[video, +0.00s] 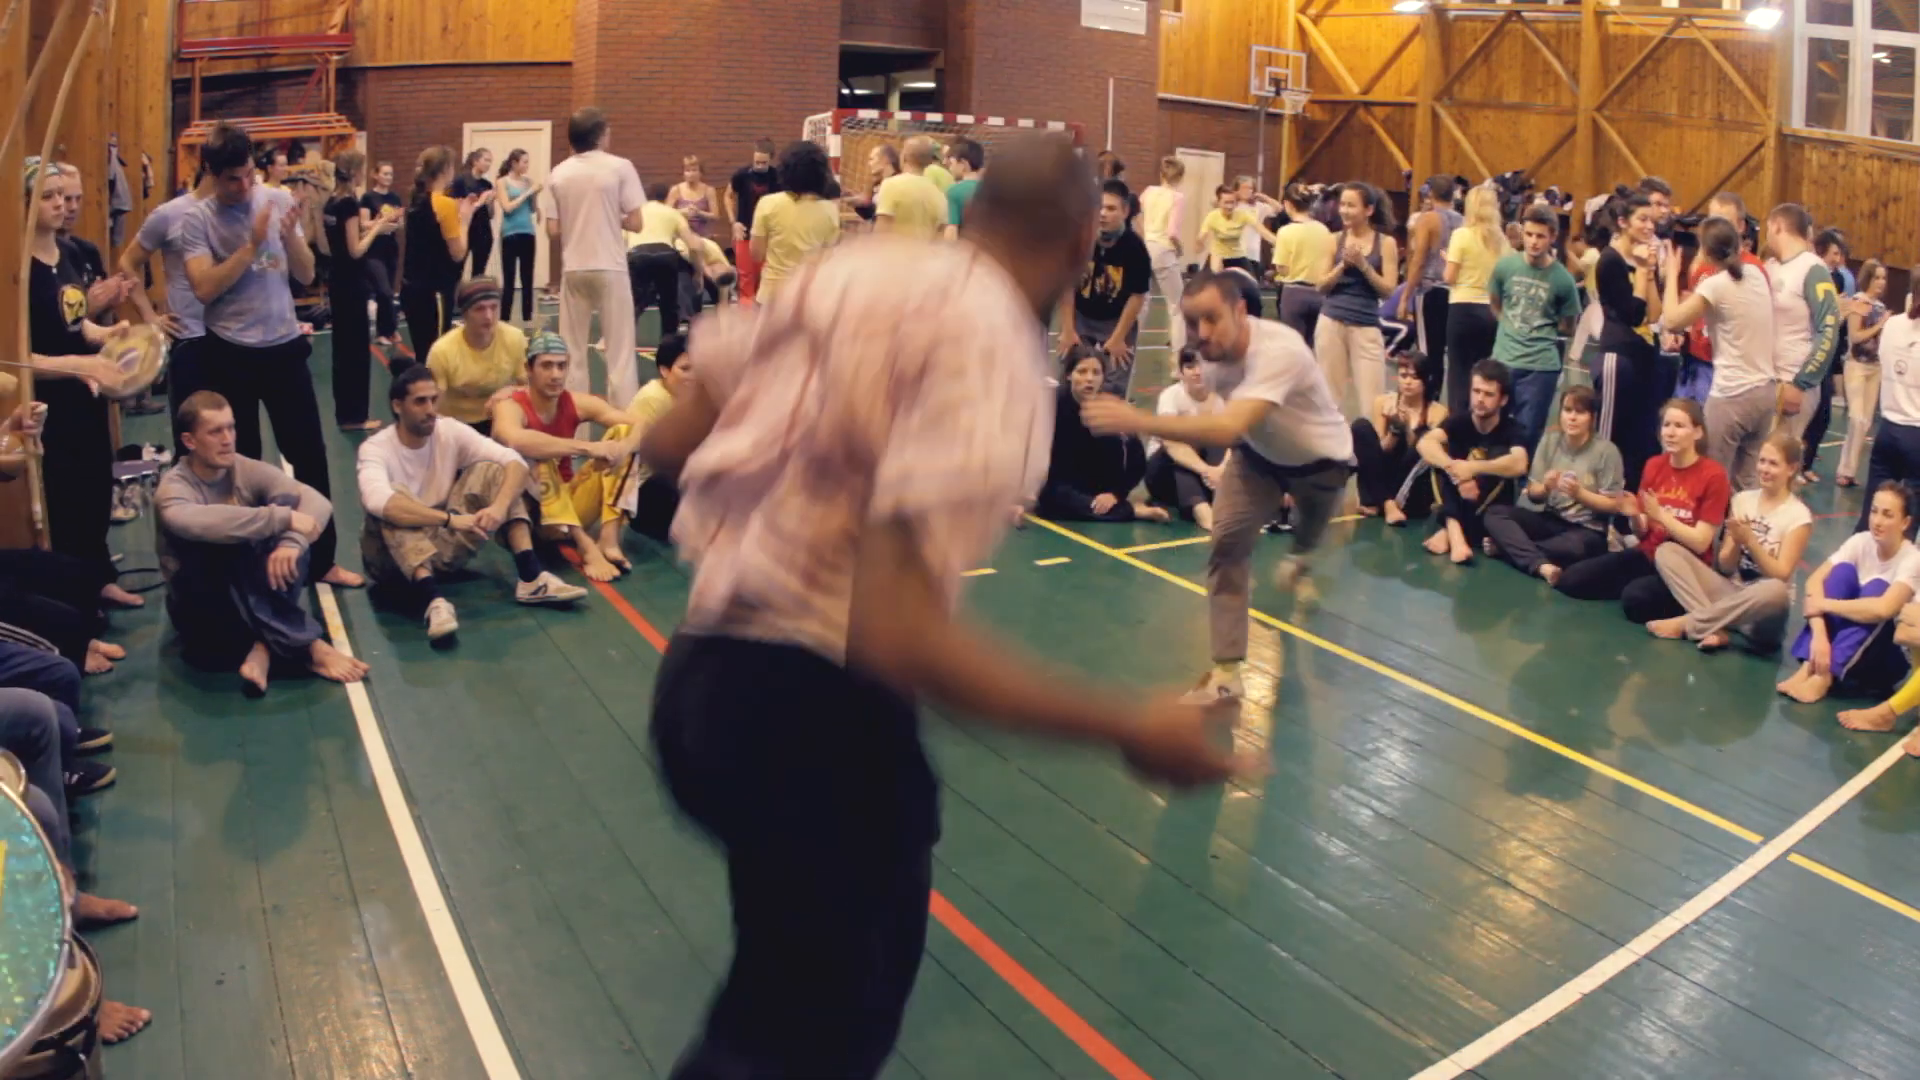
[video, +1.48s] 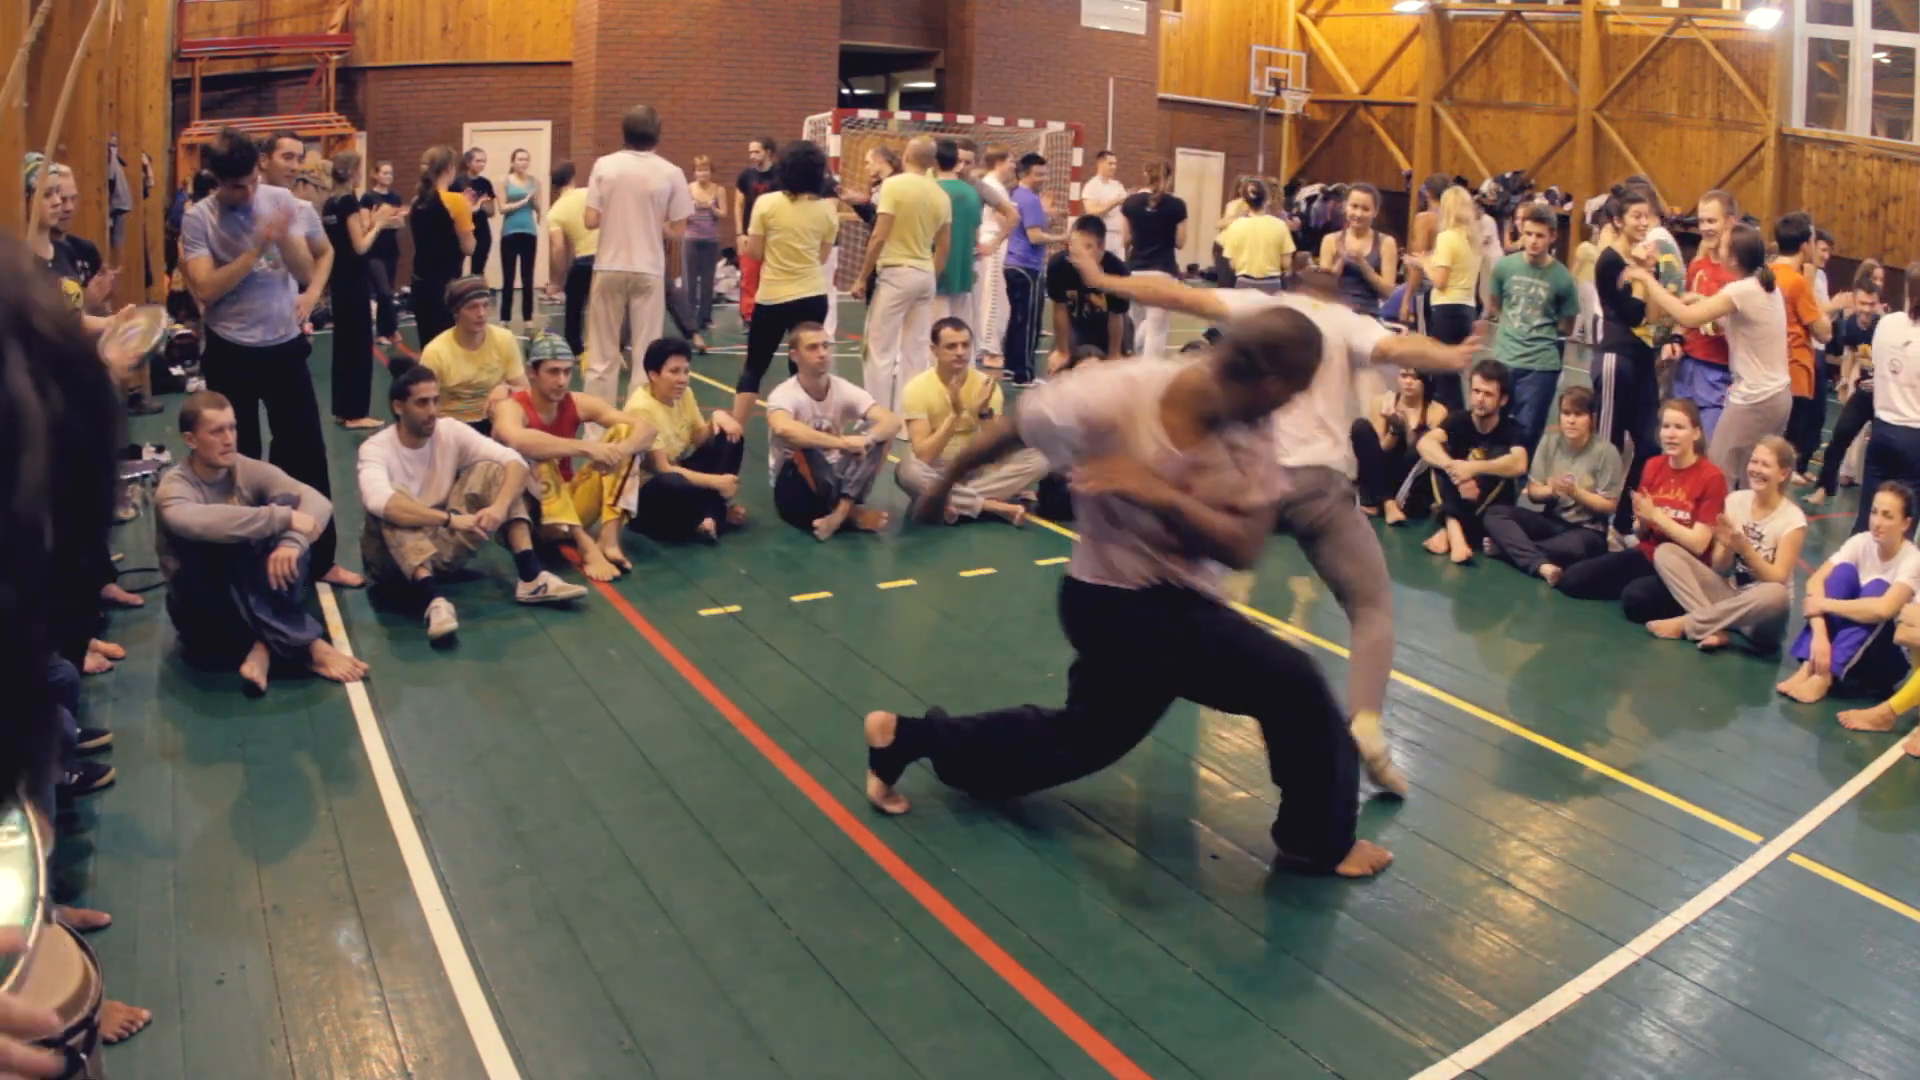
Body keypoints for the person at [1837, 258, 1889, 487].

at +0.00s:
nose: (1881, 283)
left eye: (1884, 278)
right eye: (1877, 278)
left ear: (1885, 281)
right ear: (1867, 279)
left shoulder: (1881, 307)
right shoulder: (1856, 302)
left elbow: (1882, 337)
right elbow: (1854, 336)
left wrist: (1887, 326)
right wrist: (1880, 326)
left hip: (1876, 363)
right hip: (1856, 362)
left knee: (1866, 421)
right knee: (1856, 417)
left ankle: (1850, 470)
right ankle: (1844, 471)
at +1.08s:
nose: (1880, 283)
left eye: (1883, 279)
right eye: (1876, 278)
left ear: (1884, 282)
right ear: (1865, 279)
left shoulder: (1879, 305)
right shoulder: (1855, 300)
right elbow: (1852, 336)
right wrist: (1877, 325)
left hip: (1876, 365)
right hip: (1855, 363)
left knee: (1867, 420)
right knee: (1858, 418)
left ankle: (1852, 471)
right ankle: (1846, 471)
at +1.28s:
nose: (1881, 283)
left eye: (1883, 278)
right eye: (1875, 278)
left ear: (1908, 290)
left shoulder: (1887, 323)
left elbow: (1870, 363)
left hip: (1882, 426)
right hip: (1912, 430)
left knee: (1868, 509)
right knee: (1908, 517)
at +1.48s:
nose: (1866, 307)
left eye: (1869, 302)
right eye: (1862, 302)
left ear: (1906, 291)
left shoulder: (1886, 324)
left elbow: (1879, 370)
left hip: (1882, 428)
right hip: (1912, 432)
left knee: (1868, 510)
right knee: (1908, 517)